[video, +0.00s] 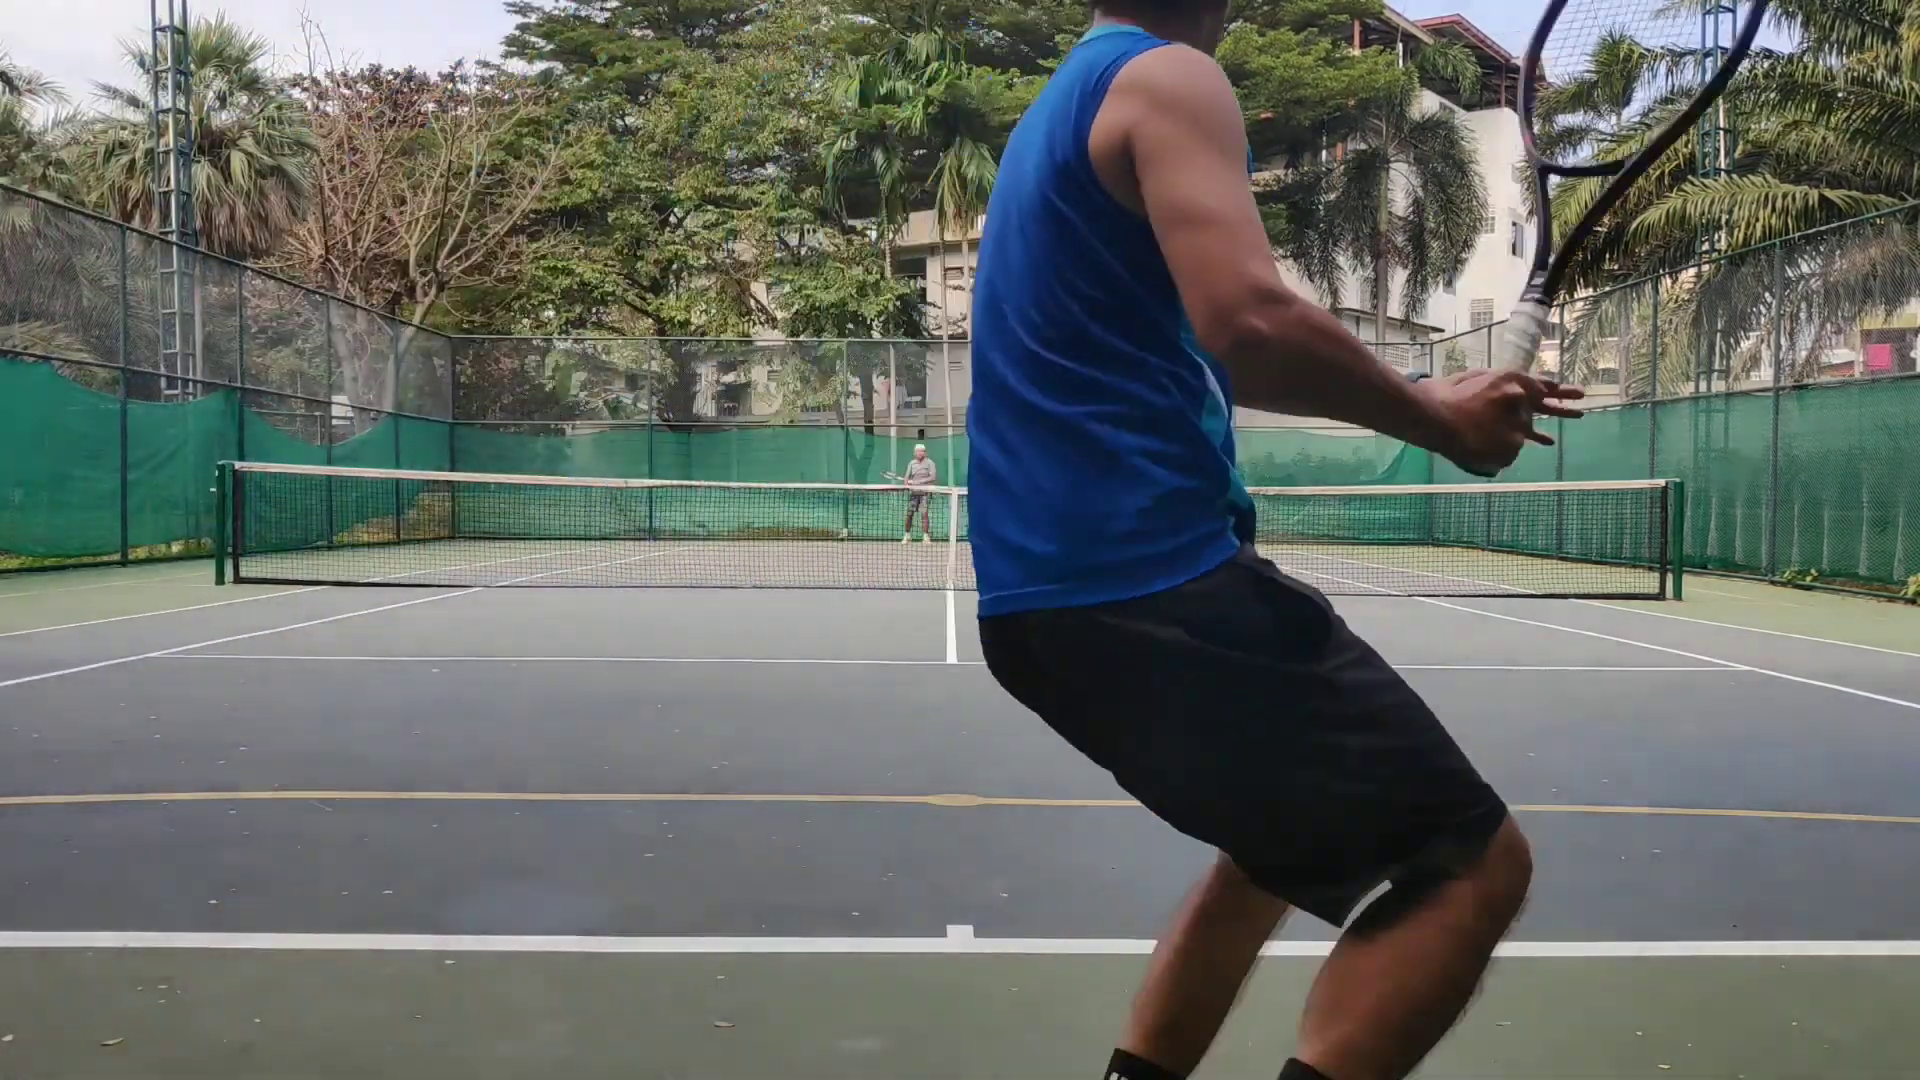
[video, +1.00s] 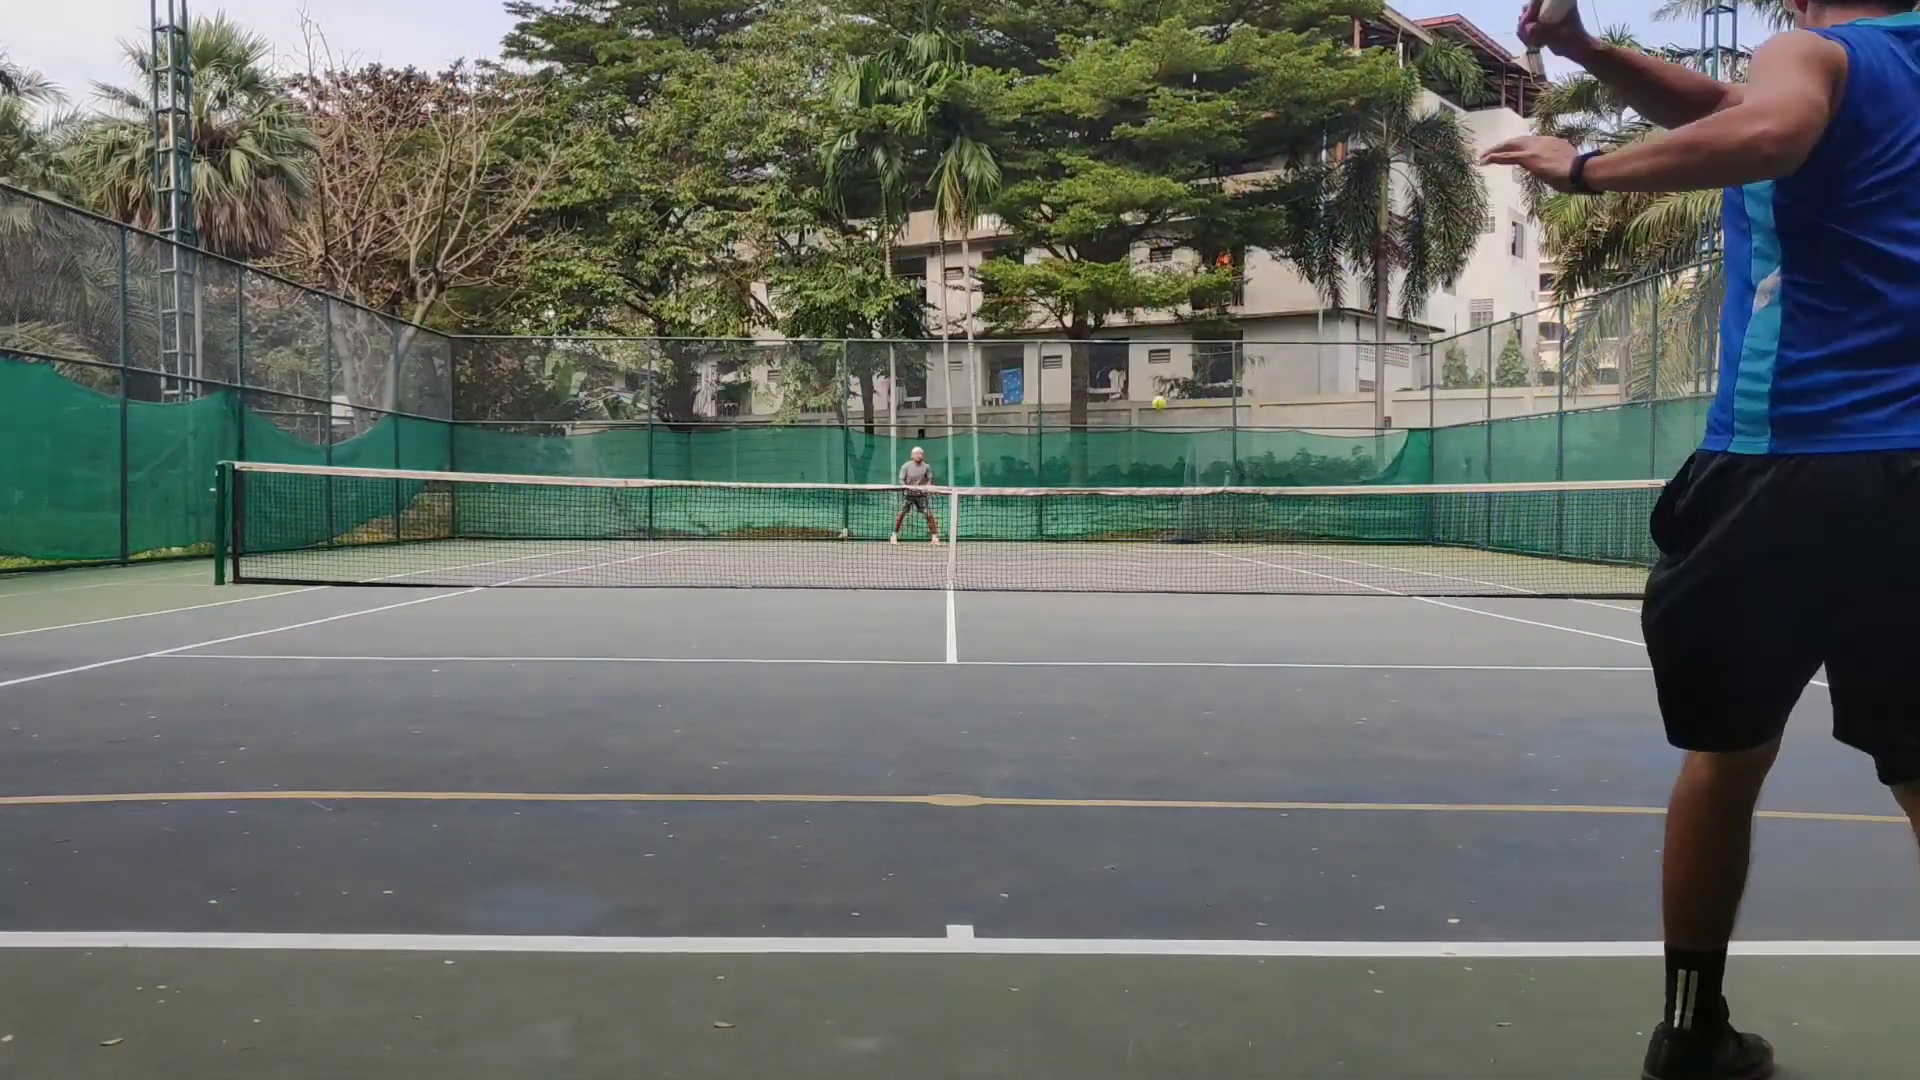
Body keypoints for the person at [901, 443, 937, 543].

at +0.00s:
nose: (920, 454)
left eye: (922, 451)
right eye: (918, 452)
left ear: (925, 453)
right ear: (915, 453)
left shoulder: (930, 463)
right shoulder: (912, 463)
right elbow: (907, 476)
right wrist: (907, 484)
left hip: (925, 490)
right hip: (914, 489)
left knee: (924, 512)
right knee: (910, 512)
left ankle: (926, 534)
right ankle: (907, 534)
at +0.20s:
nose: (919, 459)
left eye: (921, 456)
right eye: (917, 456)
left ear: (924, 458)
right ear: (914, 458)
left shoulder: (929, 469)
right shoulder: (911, 469)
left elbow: (934, 483)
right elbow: (907, 482)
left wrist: (925, 489)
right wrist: (907, 490)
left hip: (925, 495)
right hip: (913, 495)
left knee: (927, 513)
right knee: (909, 515)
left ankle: (934, 534)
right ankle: (907, 536)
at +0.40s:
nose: (927, 458)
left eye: (928, 456)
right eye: (925, 456)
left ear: (931, 458)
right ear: (921, 458)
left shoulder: (936, 469)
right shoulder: (916, 469)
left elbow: (940, 482)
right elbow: (912, 483)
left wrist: (934, 491)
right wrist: (914, 493)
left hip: (931, 496)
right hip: (919, 496)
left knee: (936, 516)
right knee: (911, 518)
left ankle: (939, 536)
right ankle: (907, 534)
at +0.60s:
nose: (928, 459)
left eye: (929, 457)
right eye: (926, 457)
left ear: (932, 458)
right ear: (923, 459)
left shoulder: (937, 470)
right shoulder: (917, 469)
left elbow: (941, 484)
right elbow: (912, 484)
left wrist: (934, 491)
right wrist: (918, 493)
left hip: (931, 496)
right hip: (919, 496)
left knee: (937, 515)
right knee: (914, 516)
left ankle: (939, 536)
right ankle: (906, 533)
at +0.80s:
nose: (923, 458)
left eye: (925, 456)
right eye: (921, 456)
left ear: (927, 457)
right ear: (917, 457)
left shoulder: (930, 468)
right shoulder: (911, 468)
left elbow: (934, 481)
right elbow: (907, 483)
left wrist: (931, 489)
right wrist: (916, 490)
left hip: (926, 495)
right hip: (915, 495)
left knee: (933, 515)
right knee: (910, 515)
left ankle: (939, 536)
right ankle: (899, 535)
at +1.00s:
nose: (919, 456)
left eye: (920, 454)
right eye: (917, 454)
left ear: (922, 456)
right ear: (912, 455)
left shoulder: (926, 467)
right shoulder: (906, 466)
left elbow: (929, 478)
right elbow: (901, 480)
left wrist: (926, 487)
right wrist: (909, 487)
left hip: (921, 493)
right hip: (910, 493)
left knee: (928, 514)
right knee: (903, 512)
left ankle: (934, 535)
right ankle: (895, 534)